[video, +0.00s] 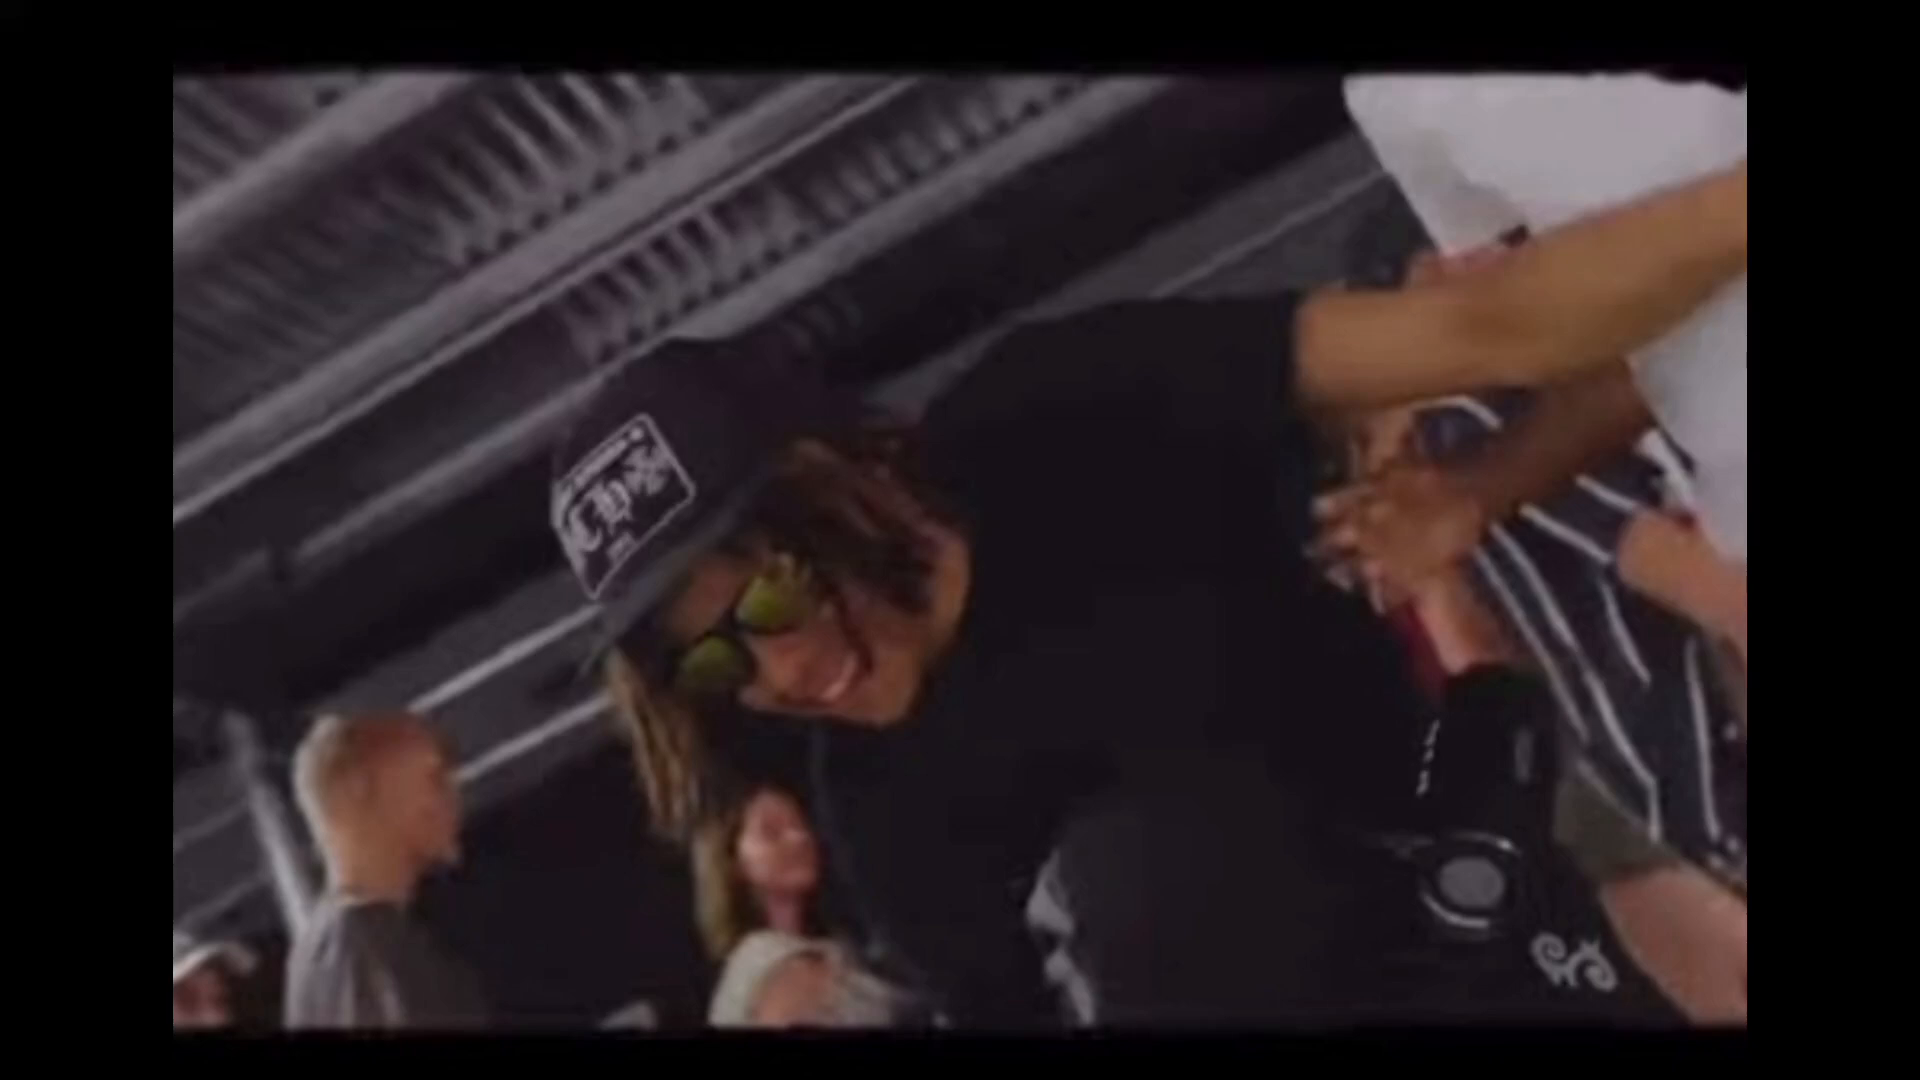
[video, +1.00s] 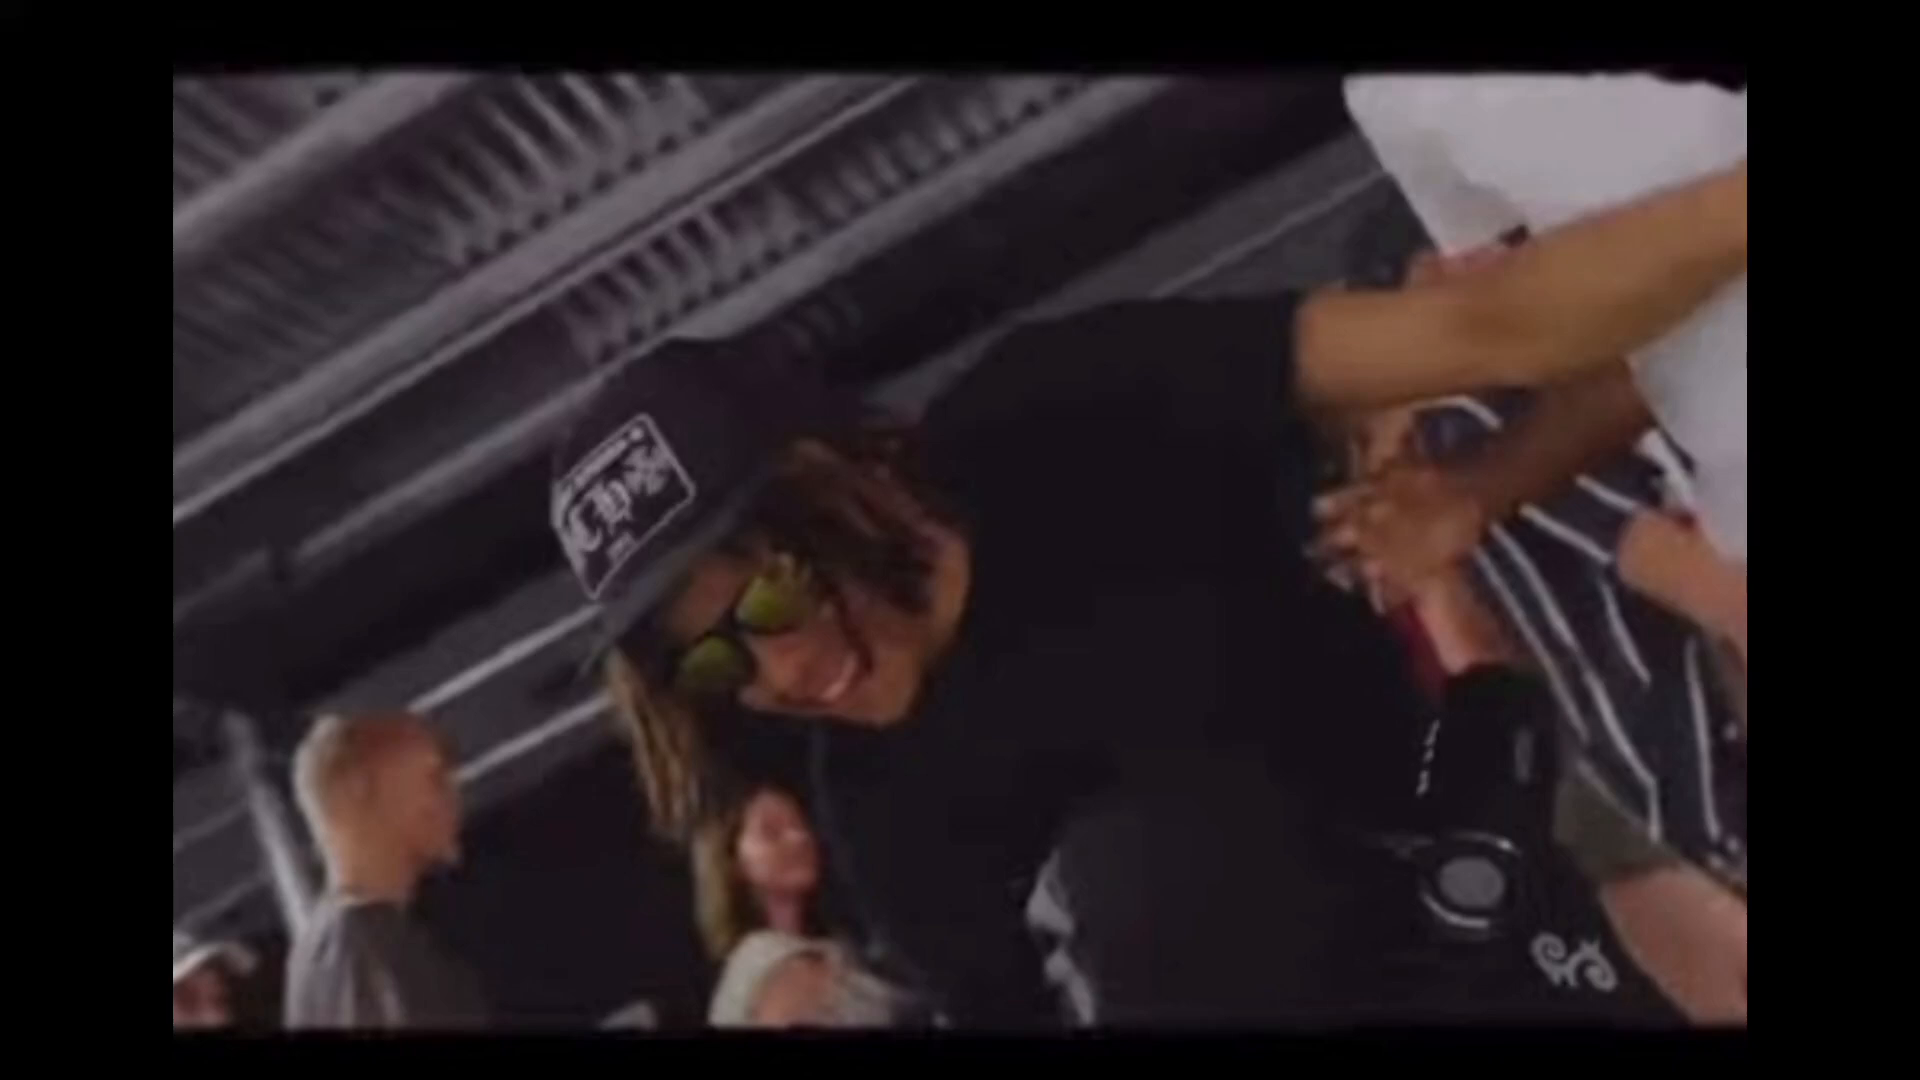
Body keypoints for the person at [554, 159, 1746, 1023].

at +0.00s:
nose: (768, 656)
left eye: (761, 582)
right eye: (708, 654)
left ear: (835, 476)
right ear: (687, 685)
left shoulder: (1052, 404)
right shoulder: (886, 847)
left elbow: (1472, 328)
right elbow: (1031, 1024)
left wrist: (1740, 208)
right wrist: (837, 995)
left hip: (1477, 844)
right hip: (1240, 973)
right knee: (1136, 862)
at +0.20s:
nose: (768, 656)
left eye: (761, 582)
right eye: (708, 654)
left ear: (835, 476)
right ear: (687, 685)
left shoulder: (1052, 404)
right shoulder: (886, 847)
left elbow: (1472, 328)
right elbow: (1031, 1024)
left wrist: (1740, 208)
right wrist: (837, 995)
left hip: (1477, 844)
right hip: (1240, 973)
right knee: (1136, 862)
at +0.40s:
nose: (768, 656)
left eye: (761, 582)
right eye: (708, 654)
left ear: (835, 476)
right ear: (687, 685)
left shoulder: (1052, 404)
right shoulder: (886, 847)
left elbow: (1472, 328)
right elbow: (1031, 1024)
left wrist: (1740, 208)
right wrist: (837, 995)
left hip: (1477, 844)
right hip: (1240, 973)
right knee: (1136, 862)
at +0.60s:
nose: (768, 656)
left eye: (761, 582)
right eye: (708, 654)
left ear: (835, 476)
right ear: (687, 685)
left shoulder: (1052, 404)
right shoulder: (886, 847)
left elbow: (1472, 328)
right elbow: (1031, 1024)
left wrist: (1740, 208)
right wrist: (837, 995)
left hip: (1477, 844)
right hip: (1240, 973)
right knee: (1136, 862)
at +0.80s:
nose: (768, 656)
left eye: (761, 582)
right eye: (708, 654)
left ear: (835, 476)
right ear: (687, 685)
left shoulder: (1052, 404)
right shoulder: (886, 847)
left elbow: (1472, 328)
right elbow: (1031, 1024)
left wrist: (1740, 208)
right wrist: (837, 995)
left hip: (1477, 844)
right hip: (1240, 973)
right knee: (1136, 862)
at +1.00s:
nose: (768, 656)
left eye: (761, 582)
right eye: (708, 654)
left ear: (835, 476)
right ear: (687, 685)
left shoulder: (1052, 404)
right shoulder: (886, 847)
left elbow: (1472, 328)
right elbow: (1031, 1024)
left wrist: (1740, 208)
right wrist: (837, 995)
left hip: (1477, 844)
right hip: (1240, 973)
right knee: (1136, 862)